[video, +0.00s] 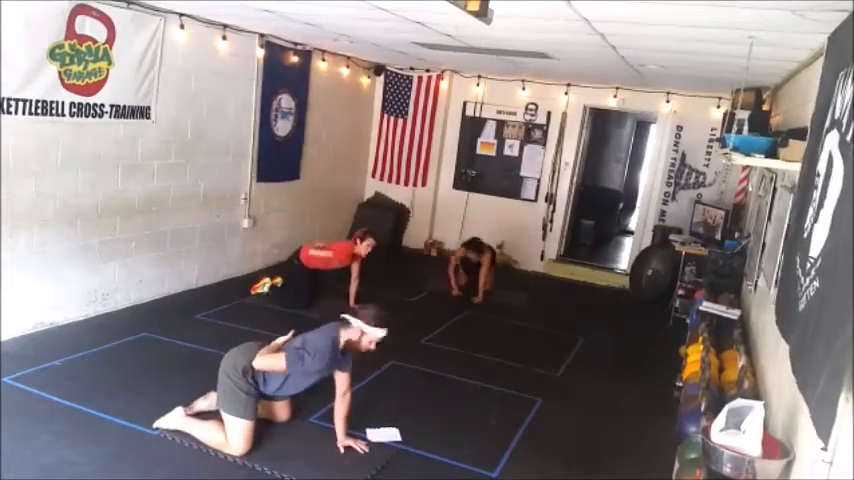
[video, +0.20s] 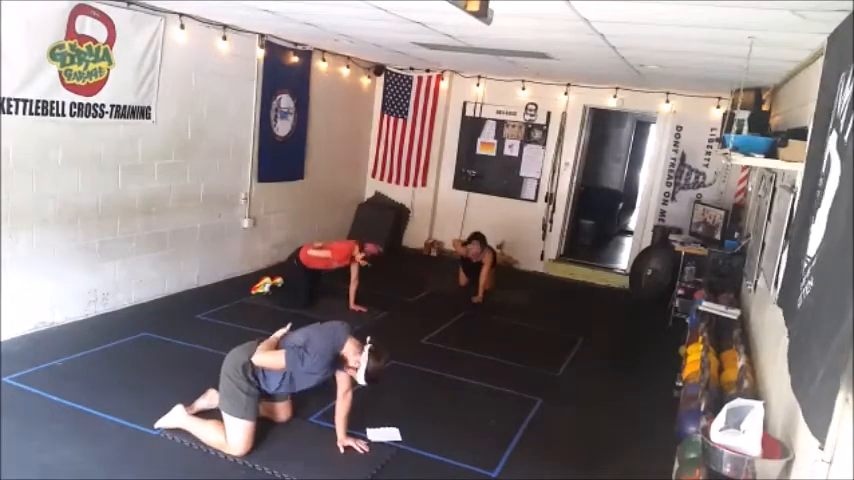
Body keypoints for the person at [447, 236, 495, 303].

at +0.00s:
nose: (473, 259)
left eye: (475, 256)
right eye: (470, 256)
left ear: (479, 253)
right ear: (467, 251)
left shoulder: (486, 254)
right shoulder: (461, 251)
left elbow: (482, 274)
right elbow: (451, 270)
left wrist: (480, 295)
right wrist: (454, 288)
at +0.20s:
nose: (473, 253)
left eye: (477, 251)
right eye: (471, 250)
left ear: (482, 250)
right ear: (467, 248)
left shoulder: (488, 254)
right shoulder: (463, 250)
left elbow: (483, 275)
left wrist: (480, 295)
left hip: (482, 266)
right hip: (467, 263)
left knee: (486, 287)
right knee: (462, 283)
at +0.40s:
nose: (473, 256)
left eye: (476, 254)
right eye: (471, 253)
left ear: (481, 252)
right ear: (467, 249)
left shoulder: (487, 256)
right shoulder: (462, 249)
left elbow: (483, 276)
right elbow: (454, 242)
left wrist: (479, 295)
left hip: (483, 265)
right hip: (466, 262)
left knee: (486, 287)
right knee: (462, 283)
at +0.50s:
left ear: (481, 262)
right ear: (466, 254)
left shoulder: (489, 255)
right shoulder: (462, 248)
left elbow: (483, 276)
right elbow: (456, 238)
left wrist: (479, 295)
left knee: (486, 287)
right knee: (462, 282)